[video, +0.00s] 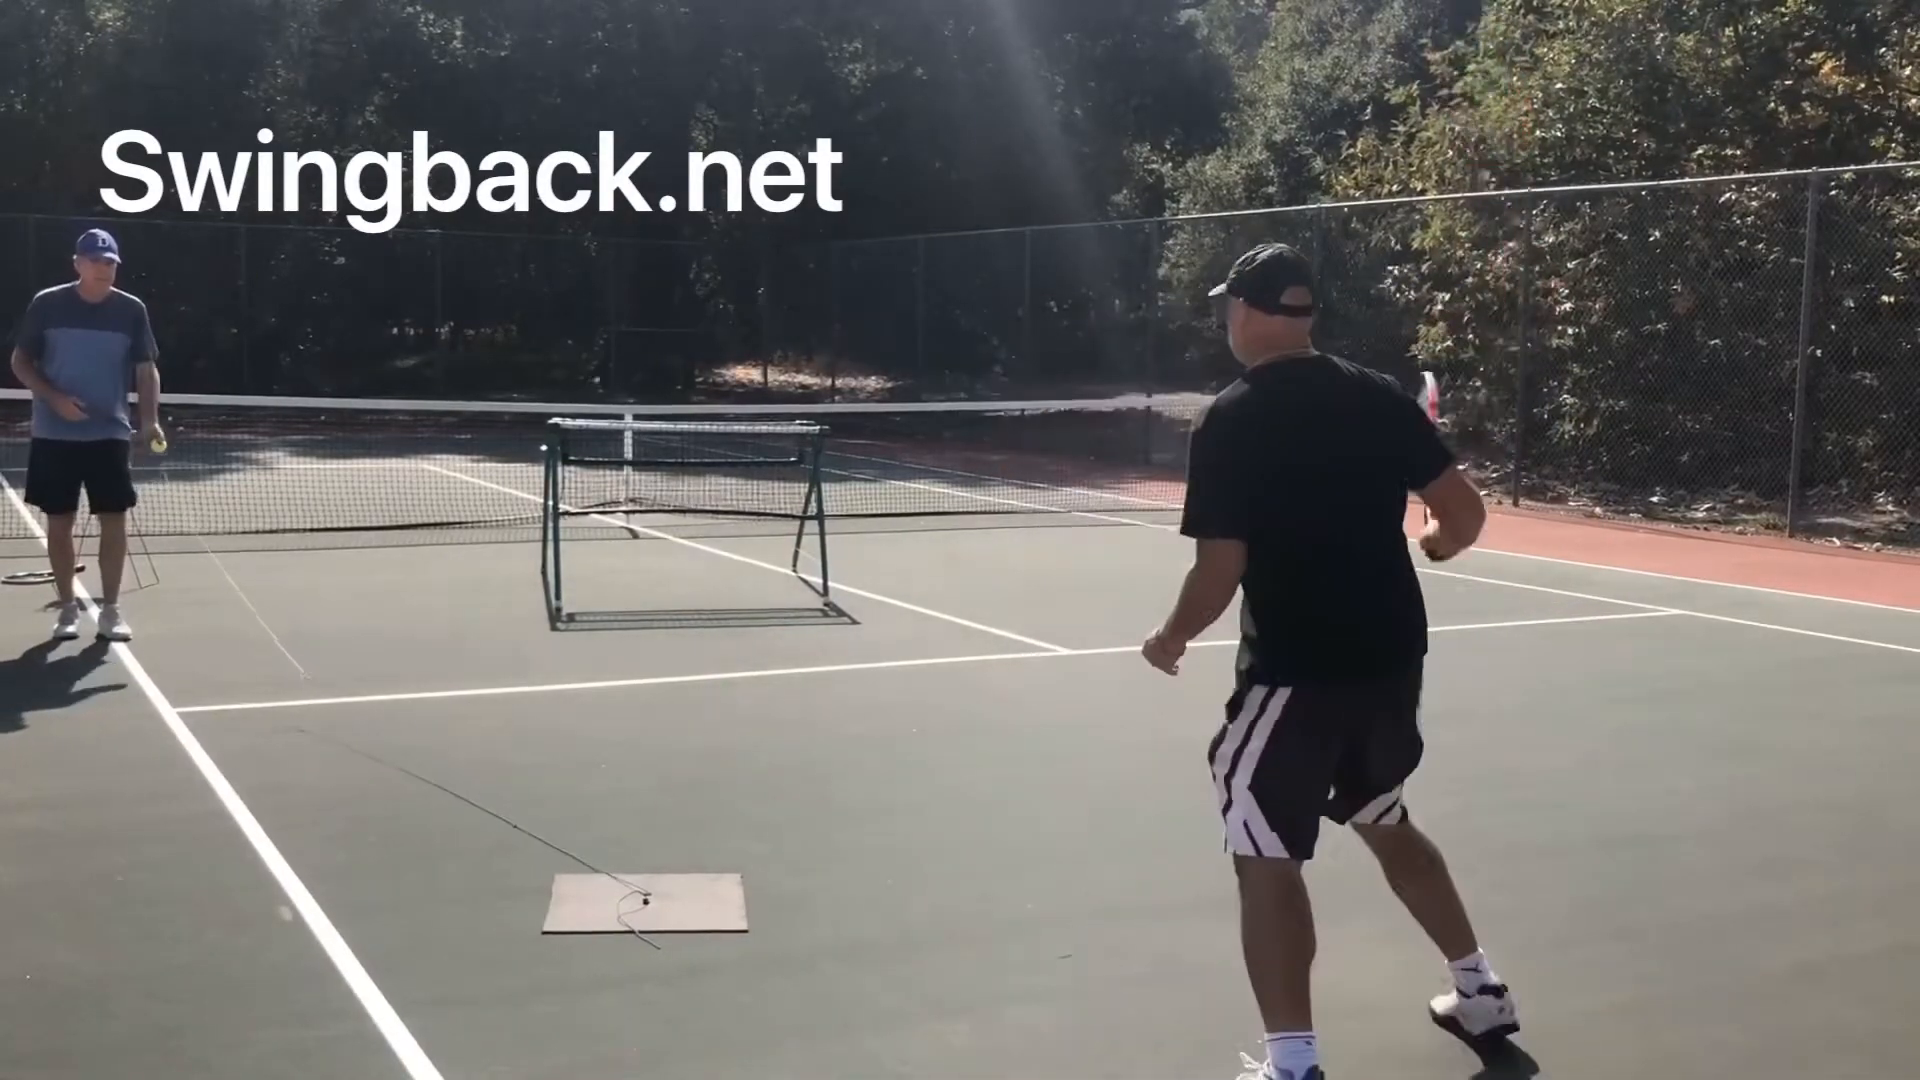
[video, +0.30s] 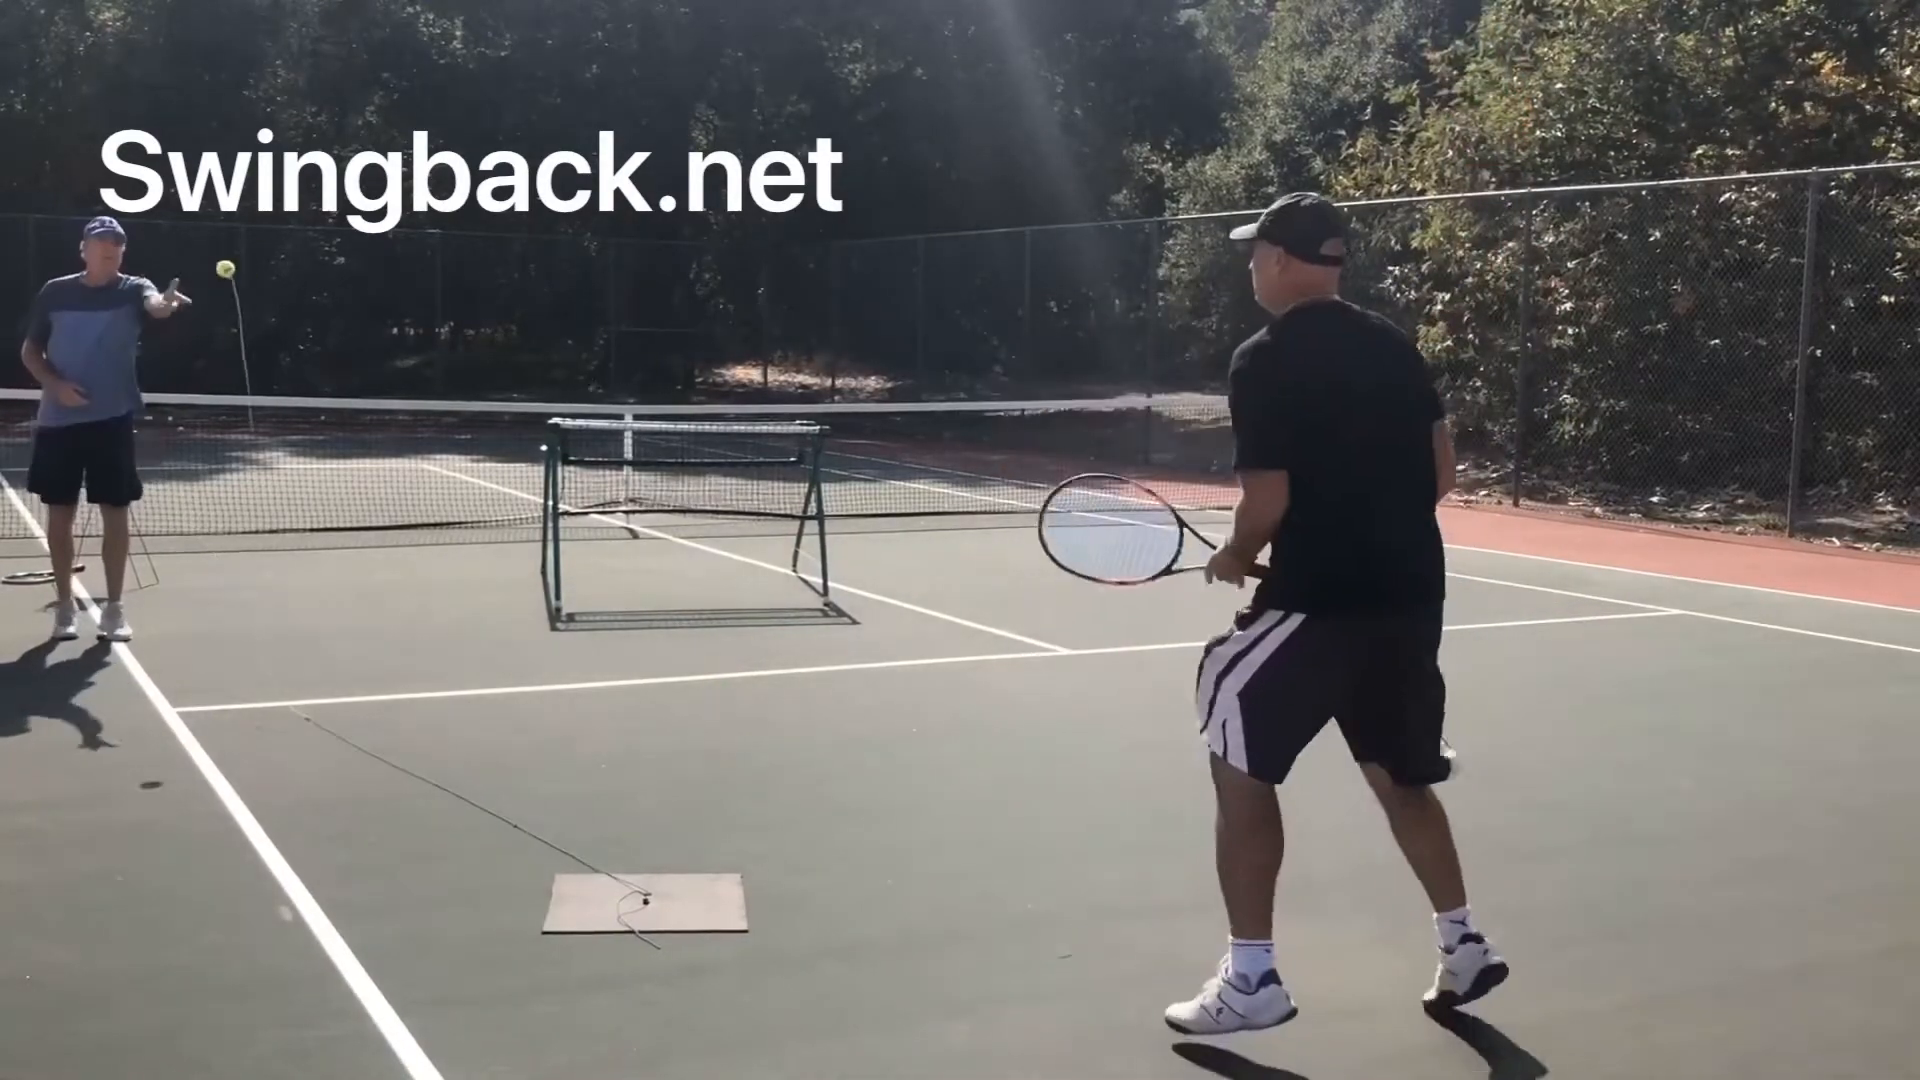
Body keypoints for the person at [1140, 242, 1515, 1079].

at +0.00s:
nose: (1227, 321)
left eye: (1231, 308)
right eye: (1230, 307)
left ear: (1252, 314)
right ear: (1307, 313)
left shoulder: (1235, 418)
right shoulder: (1379, 396)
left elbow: (1221, 567)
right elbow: (1464, 512)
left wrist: (1173, 635)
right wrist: (1440, 545)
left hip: (1293, 668)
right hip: (1391, 656)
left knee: (1262, 850)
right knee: (1382, 815)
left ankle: (1291, 1061)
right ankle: (1480, 989)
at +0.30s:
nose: (1251, 266)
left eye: (1260, 254)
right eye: (1257, 253)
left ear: (1287, 264)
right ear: (1332, 266)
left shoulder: (1266, 356)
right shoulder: (1393, 343)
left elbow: (1266, 500)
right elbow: (1440, 471)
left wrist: (1237, 550)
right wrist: (1360, 517)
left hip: (1314, 602)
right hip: (1408, 601)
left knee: (1241, 762)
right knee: (1396, 767)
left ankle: (1250, 978)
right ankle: (1465, 948)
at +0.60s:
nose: (1223, 307)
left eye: (1231, 294)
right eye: (1227, 293)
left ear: (1263, 300)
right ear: (1299, 302)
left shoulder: (1275, 387)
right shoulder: (1335, 377)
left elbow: (1274, 536)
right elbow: (1338, 525)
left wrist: (1200, 573)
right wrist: (1253, 595)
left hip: (1314, 633)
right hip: (1370, 625)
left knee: (1237, 776)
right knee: (1307, 768)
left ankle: (1242, 995)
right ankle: (1362, 927)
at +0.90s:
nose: (1197, 308)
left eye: (1208, 293)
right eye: (1199, 293)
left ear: (1256, 300)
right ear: (1235, 301)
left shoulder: (1312, 386)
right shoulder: (1228, 383)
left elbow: (1355, 515)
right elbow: (1219, 501)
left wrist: (1253, 562)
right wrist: (1198, 581)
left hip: (1344, 617)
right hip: (1293, 614)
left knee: (1294, 775)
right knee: (1306, 776)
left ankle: (1371, 973)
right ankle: (1351, 935)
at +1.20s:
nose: (1112, 344)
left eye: (1119, 329)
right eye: (1112, 331)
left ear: (1162, 326)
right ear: (1157, 330)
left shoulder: (1240, 389)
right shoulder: (1145, 411)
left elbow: (1321, 490)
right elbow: (1129, 507)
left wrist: (1214, 520)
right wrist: (1133, 554)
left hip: (1298, 611)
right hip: (1235, 608)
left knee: (1245, 772)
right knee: (1186, 748)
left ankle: (1341, 960)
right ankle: (1277, 904)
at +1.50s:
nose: (982, 416)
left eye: (987, 402)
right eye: (981, 403)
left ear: (1022, 398)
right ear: (1020, 401)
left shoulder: (1121, 443)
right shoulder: (1012, 477)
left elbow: (1202, 489)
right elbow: (1019, 561)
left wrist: (1113, 488)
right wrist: (1039, 570)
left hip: (1186, 651)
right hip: (1112, 641)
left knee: (1214, 805)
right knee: (1021, 715)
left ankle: (1342, 968)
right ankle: (949, 831)